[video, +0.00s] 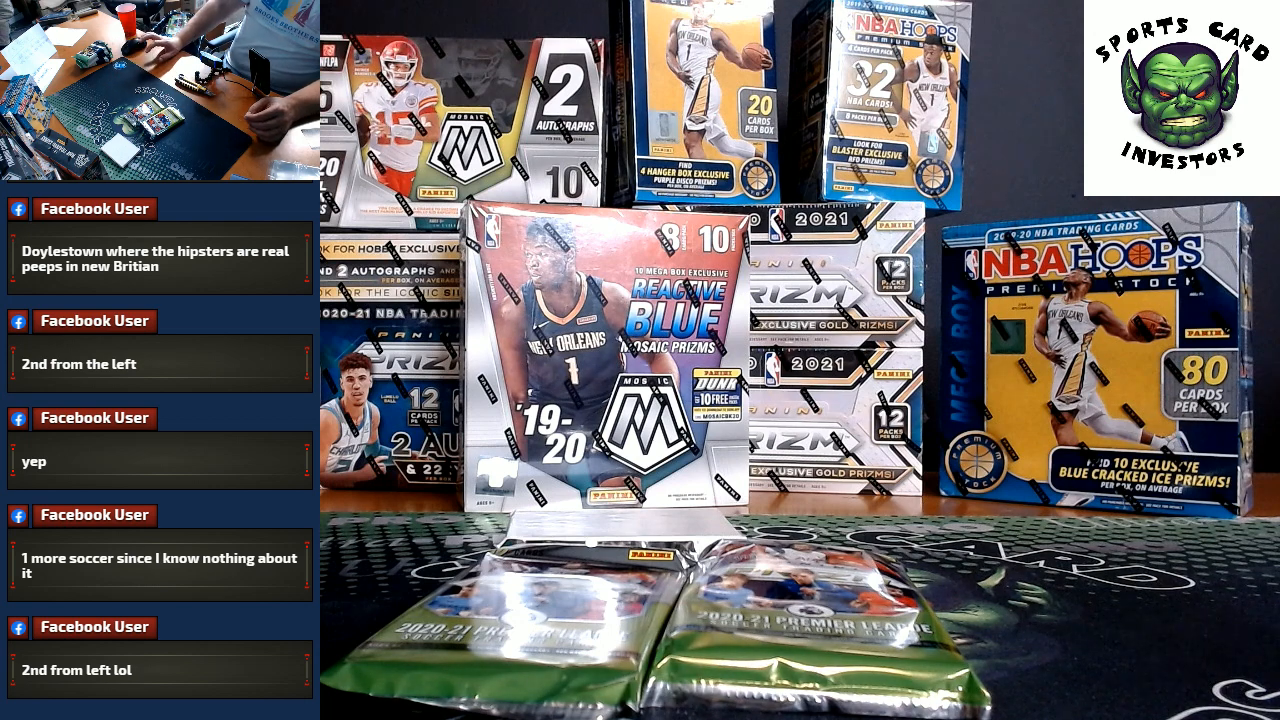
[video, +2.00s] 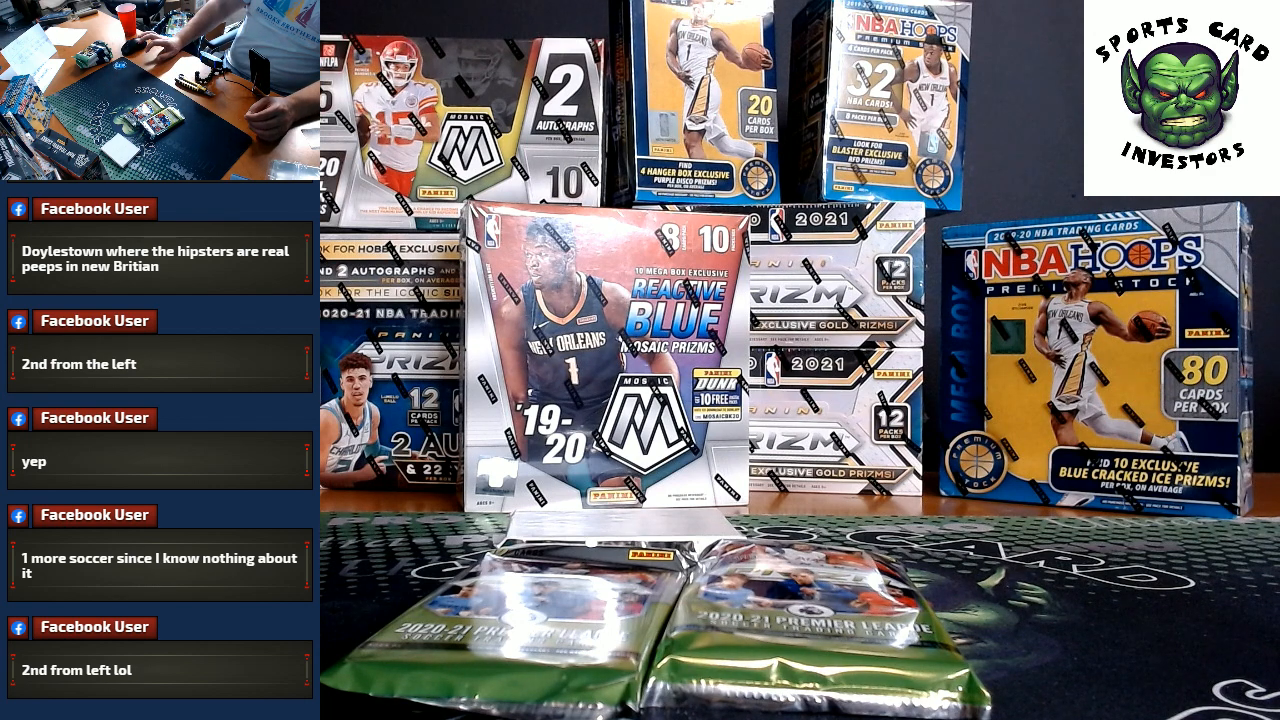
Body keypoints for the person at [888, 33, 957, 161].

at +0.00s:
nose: (929, 53)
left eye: (933, 49)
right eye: (926, 48)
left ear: (941, 52)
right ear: (923, 49)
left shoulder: (949, 71)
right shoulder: (913, 69)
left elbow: (956, 94)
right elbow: (886, 83)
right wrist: (900, 111)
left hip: (940, 117)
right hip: (918, 119)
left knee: (940, 154)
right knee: (923, 155)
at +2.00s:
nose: (928, 52)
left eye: (933, 49)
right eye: (926, 48)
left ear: (941, 52)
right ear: (923, 49)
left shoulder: (950, 71)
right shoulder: (913, 69)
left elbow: (955, 94)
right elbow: (886, 83)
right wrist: (900, 111)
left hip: (940, 116)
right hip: (918, 117)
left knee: (939, 153)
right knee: (923, 154)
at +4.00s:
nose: (928, 55)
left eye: (932, 51)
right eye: (926, 50)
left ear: (941, 52)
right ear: (923, 50)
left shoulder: (949, 70)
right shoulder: (913, 68)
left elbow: (955, 93)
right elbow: (888, 83)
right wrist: (900, 110)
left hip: (940, 116)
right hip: (918, 118)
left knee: (940, 153)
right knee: (924, 154)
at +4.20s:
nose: (928, 55)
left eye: (932, 52)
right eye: (926, 51)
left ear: (941, 52)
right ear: (923, 50)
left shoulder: (949, 70)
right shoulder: (913, 68)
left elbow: (955, 92)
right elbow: (888, 83)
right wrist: (900, 111)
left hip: (940, 117)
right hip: (918, 118)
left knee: (940, 153)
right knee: (924, 153)